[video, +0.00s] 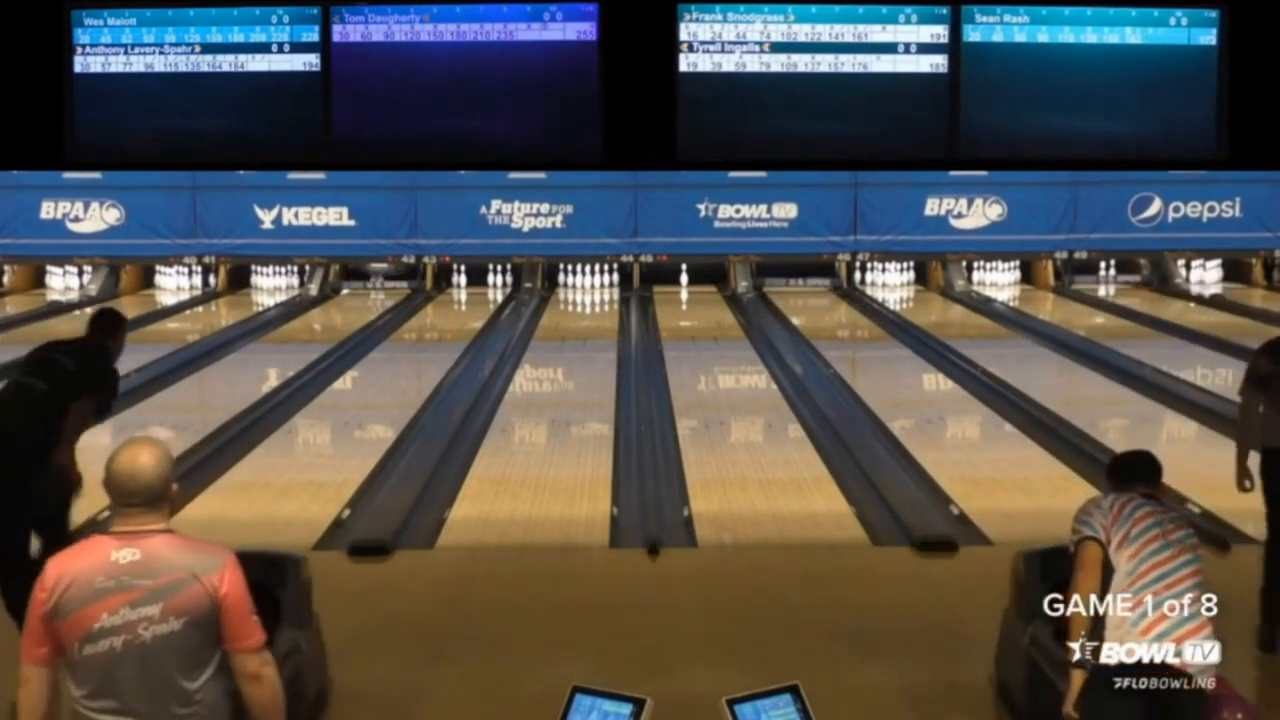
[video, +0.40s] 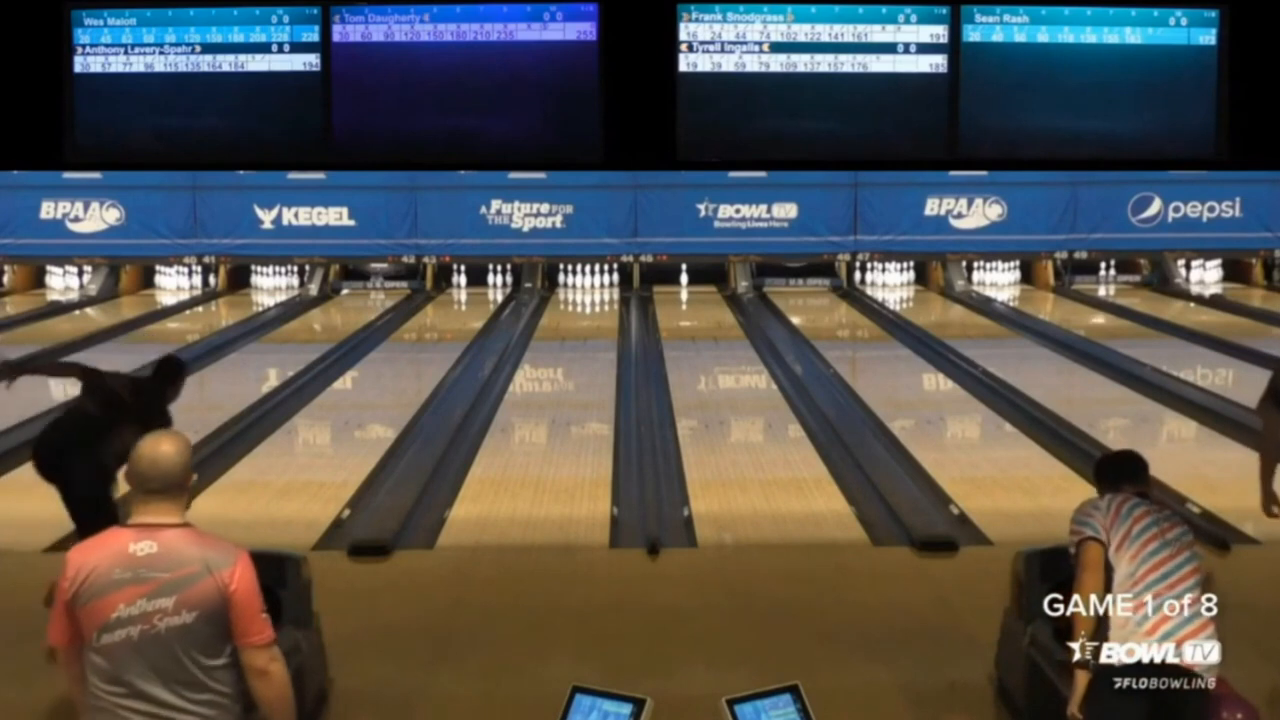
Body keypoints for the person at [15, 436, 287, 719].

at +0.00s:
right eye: (176, 484)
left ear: (106, 491)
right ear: (174, 493)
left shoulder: (58, 572)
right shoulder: (217, 565)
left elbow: (33, 683)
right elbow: (256, 673)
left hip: (95, 713)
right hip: (196, 711)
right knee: (296, 643)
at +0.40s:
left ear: (127, 478)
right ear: (191, 482)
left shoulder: (80, 561)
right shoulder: (230, 562)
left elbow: (68, 661)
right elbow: (263, 667)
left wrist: (89, 710)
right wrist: (283, 715)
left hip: (112, 712)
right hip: (206, 712)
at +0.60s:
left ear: (160, 478)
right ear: (219, 484)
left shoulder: (110, 556)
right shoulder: (258, 560)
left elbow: (86, 660)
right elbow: (286, 662)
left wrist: (87, 716)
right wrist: (304, 715)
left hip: (142, 712)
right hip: (235, 711)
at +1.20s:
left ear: (174, 471)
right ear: (232, 474)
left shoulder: (125, 544)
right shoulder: (265, 555)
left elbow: (106, 640)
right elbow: (291, 657)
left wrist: (113, 703)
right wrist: (307, 713)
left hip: (148, 710)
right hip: (237, 711)